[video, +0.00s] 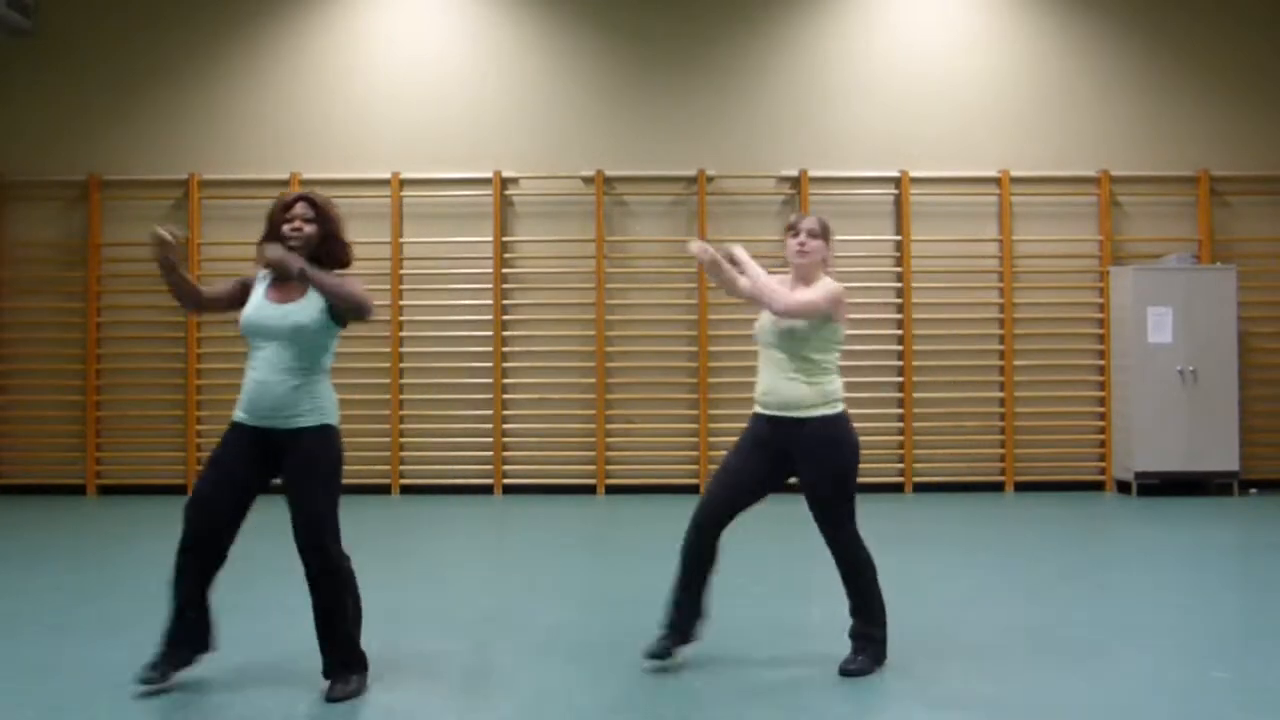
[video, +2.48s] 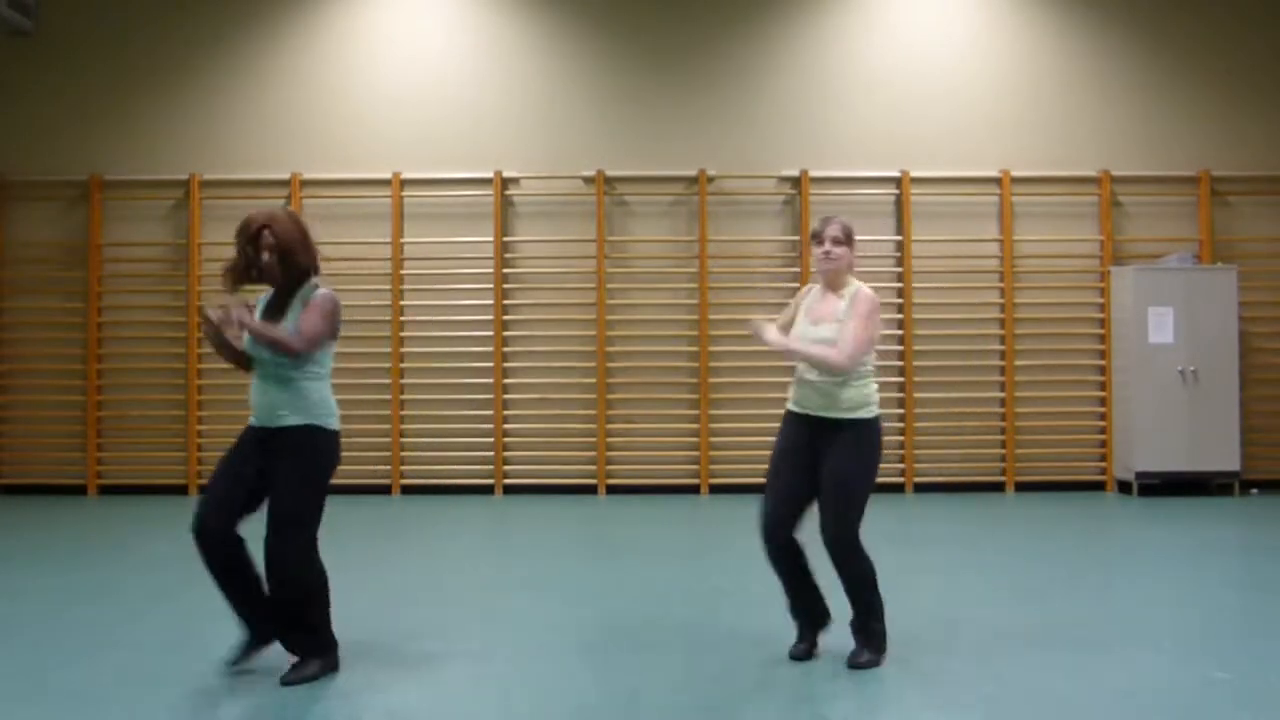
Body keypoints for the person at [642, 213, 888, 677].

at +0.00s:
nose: (803, 241)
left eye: (812, 236)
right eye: (796, 234)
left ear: (827, 248)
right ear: (785, 244)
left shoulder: (831, 292)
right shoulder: (771, 285)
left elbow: (783, 305)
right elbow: (736, 284)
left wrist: (744, 262)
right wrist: (711, 262)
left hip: (823, 433)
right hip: (767, 431)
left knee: (843, 539)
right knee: (706, 519)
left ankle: (870, 644)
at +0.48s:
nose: (720, 264)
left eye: (729, 257)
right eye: (712, 257)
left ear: (742, 267)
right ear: (699, 267)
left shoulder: (765, 316)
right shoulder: (682, 319)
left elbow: (799, 369)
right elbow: (662, 391)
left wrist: (770, 400)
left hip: (729, 449)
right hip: (672, 440)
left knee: (729, 547)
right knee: (653, 546)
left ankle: (699, 616)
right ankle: (636, 640)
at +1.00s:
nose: (809, 251)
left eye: (817, 242)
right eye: (800, 243)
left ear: (828, 247)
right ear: (786, 250)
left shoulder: (842, 292)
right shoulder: (780, 297)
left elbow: (882, 321)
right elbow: (799, 346)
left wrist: (912, 338)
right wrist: (863, 353)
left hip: (838, 426)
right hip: (789, 427)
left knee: (846, 537)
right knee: (806, 538)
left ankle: (829, 635)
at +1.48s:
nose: (904, 264)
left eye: (910, 255)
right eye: (892, 259)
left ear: (920, 259)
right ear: (880, 272)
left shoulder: (941, 288)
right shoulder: (891, 319)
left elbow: (985, 265)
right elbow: (953, 312)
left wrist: (1020, 228)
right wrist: (1014, 266)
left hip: (949, 432)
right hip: (899, 433)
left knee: (978, 534)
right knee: (855, 532)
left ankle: (1004, 631)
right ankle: (785, 621)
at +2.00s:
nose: (924, 251)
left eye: (932, 245)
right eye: (916, 244)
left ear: (945, 254)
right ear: (903, 253)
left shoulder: (957, 300)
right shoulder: (892, 286)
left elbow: (927, 347)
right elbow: (841, 283)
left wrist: (876, 316)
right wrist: (822, 284)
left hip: (964, 421)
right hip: (907, 419)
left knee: (983, 525)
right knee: (867, 507)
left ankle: (1008, 630)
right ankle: (865, 612)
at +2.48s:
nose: (829, 250)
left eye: (838, 244)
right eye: (822, 243)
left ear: (853, 253)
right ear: (812, 251)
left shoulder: (864, 299)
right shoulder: (806, 295)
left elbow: (844, 358)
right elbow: (787, 339)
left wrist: (784, 344)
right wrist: (770, 331)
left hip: (853, 428)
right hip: (803, 422)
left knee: (839, 534)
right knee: (774, 528)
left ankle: (871, 635)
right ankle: (810, 618)